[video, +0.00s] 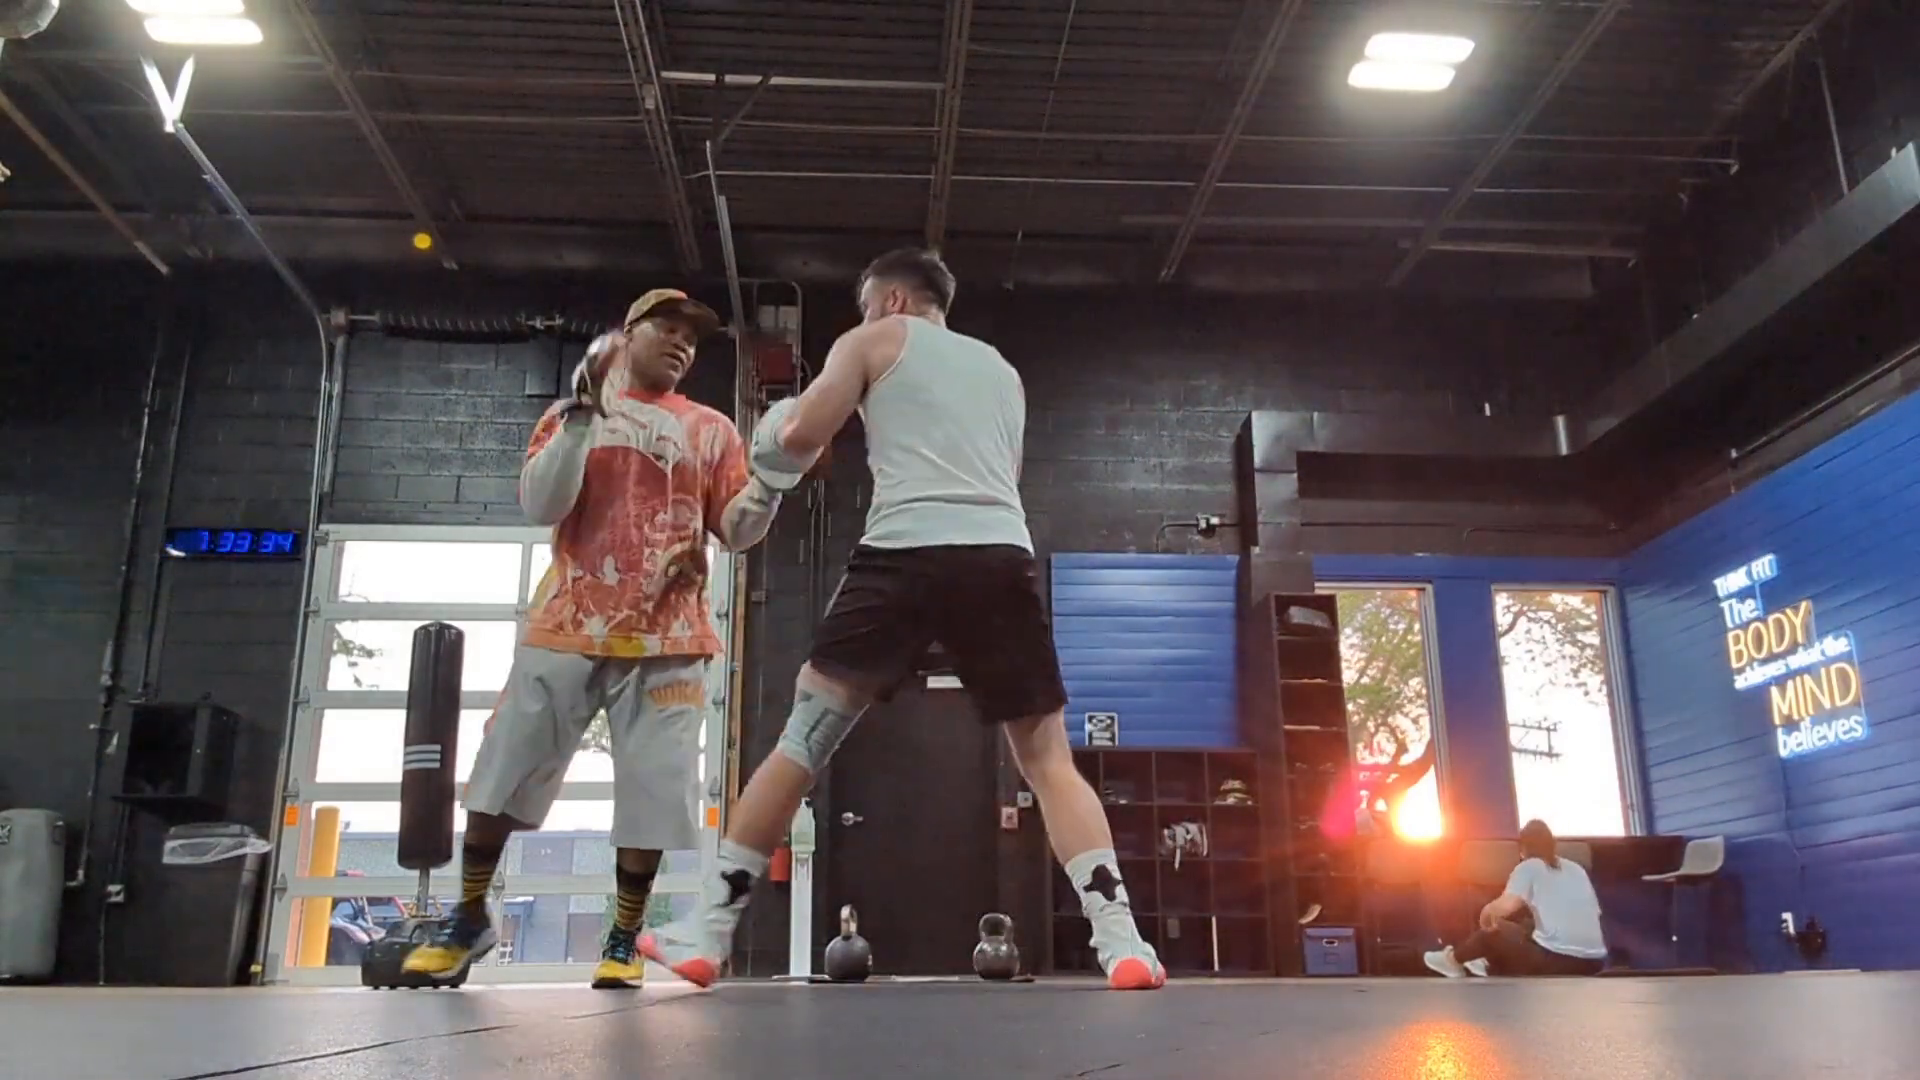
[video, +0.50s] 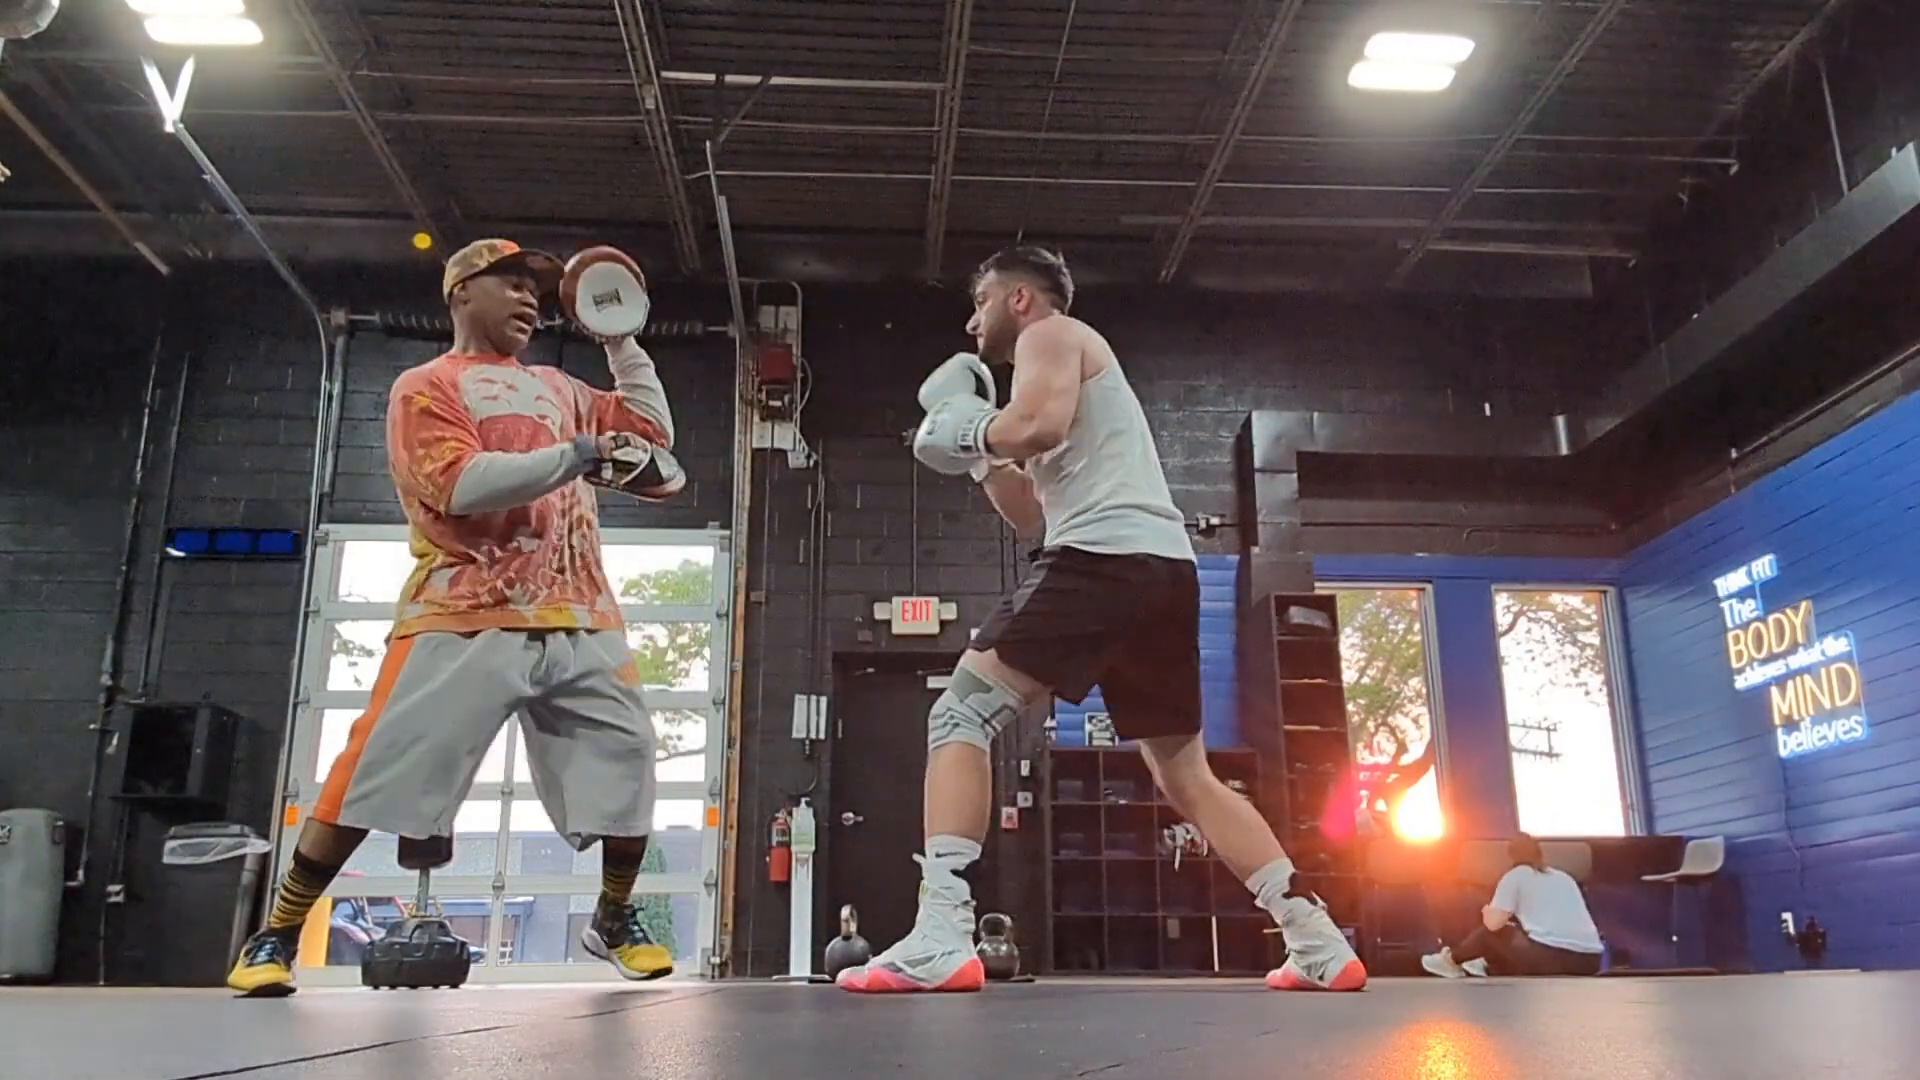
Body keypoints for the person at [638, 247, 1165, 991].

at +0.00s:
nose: (867, 320)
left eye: (868, 308)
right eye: (868, 310)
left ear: (892, 298)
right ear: (941, 304)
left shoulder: (870, 340)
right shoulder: (1004, 371)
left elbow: (802, 435)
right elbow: (1008, 473)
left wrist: (762, 487)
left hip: (899, 559)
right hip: (1000, 563)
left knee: (802, 745)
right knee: (1049, 756)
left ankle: (707, 929)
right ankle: (1121, 940)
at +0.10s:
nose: (874, 292)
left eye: (877, 277)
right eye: (874, 280)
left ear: (908, 266)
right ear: (950, 272)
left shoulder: (902, 301)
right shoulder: (1007, 337)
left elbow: (869, 390)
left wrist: (798, 403)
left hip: (945, 528)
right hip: (1038, 532)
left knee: (851, 707)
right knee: (1063, 739)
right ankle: (1122, 937)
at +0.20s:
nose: (884, 281)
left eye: (887, 265)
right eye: (883, 269)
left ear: (918, 251)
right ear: (955, 259)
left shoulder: (926, 294)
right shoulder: (1002, 327)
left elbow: (906, 394)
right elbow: (933, 457)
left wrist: (840, 384)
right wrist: (861, 385)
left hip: (983, 531)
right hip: (1070, 530)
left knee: (907, 723)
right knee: (1085, 732)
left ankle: (934, 927)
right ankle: (1145, 924)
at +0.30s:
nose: (905, 299)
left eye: (911, 279)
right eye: (905, 283)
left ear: (946, 266)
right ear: (970, 271)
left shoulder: (967, 306)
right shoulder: (1019, 335)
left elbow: (936, 411)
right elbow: (939, 451)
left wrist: (877, 399)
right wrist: (871, 409)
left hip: (1028, 534)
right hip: (1103, 539)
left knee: (921, 718)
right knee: (1117, 748)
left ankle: (938, 934)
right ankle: (1236, 912)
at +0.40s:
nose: (944, 310)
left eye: (952, 291)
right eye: (944, 295)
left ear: (991, 283)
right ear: (1006, 288)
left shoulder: (1017, 325)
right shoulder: (1052, 359)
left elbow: (996, 421)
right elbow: (987, 491)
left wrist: (923, 425)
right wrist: (925, 441)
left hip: (1066, 559)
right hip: (1131, 567)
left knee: (930, 718)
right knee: (1166, 771)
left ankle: (939, 936)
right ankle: (1309, 930)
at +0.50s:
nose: (974, 320)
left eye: (980, 302)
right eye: (973, 307)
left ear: (1021, 296)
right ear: (1036, 303)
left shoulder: (1048, 331)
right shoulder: (1073, 372)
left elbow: (1038, 422)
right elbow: (1030, 516)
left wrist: (964, 427)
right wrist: (976, 446)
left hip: (1103, 559)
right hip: (1166, 569)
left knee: (963, 713)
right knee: (1187, 775)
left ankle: (941, 935)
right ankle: (1316, 939)